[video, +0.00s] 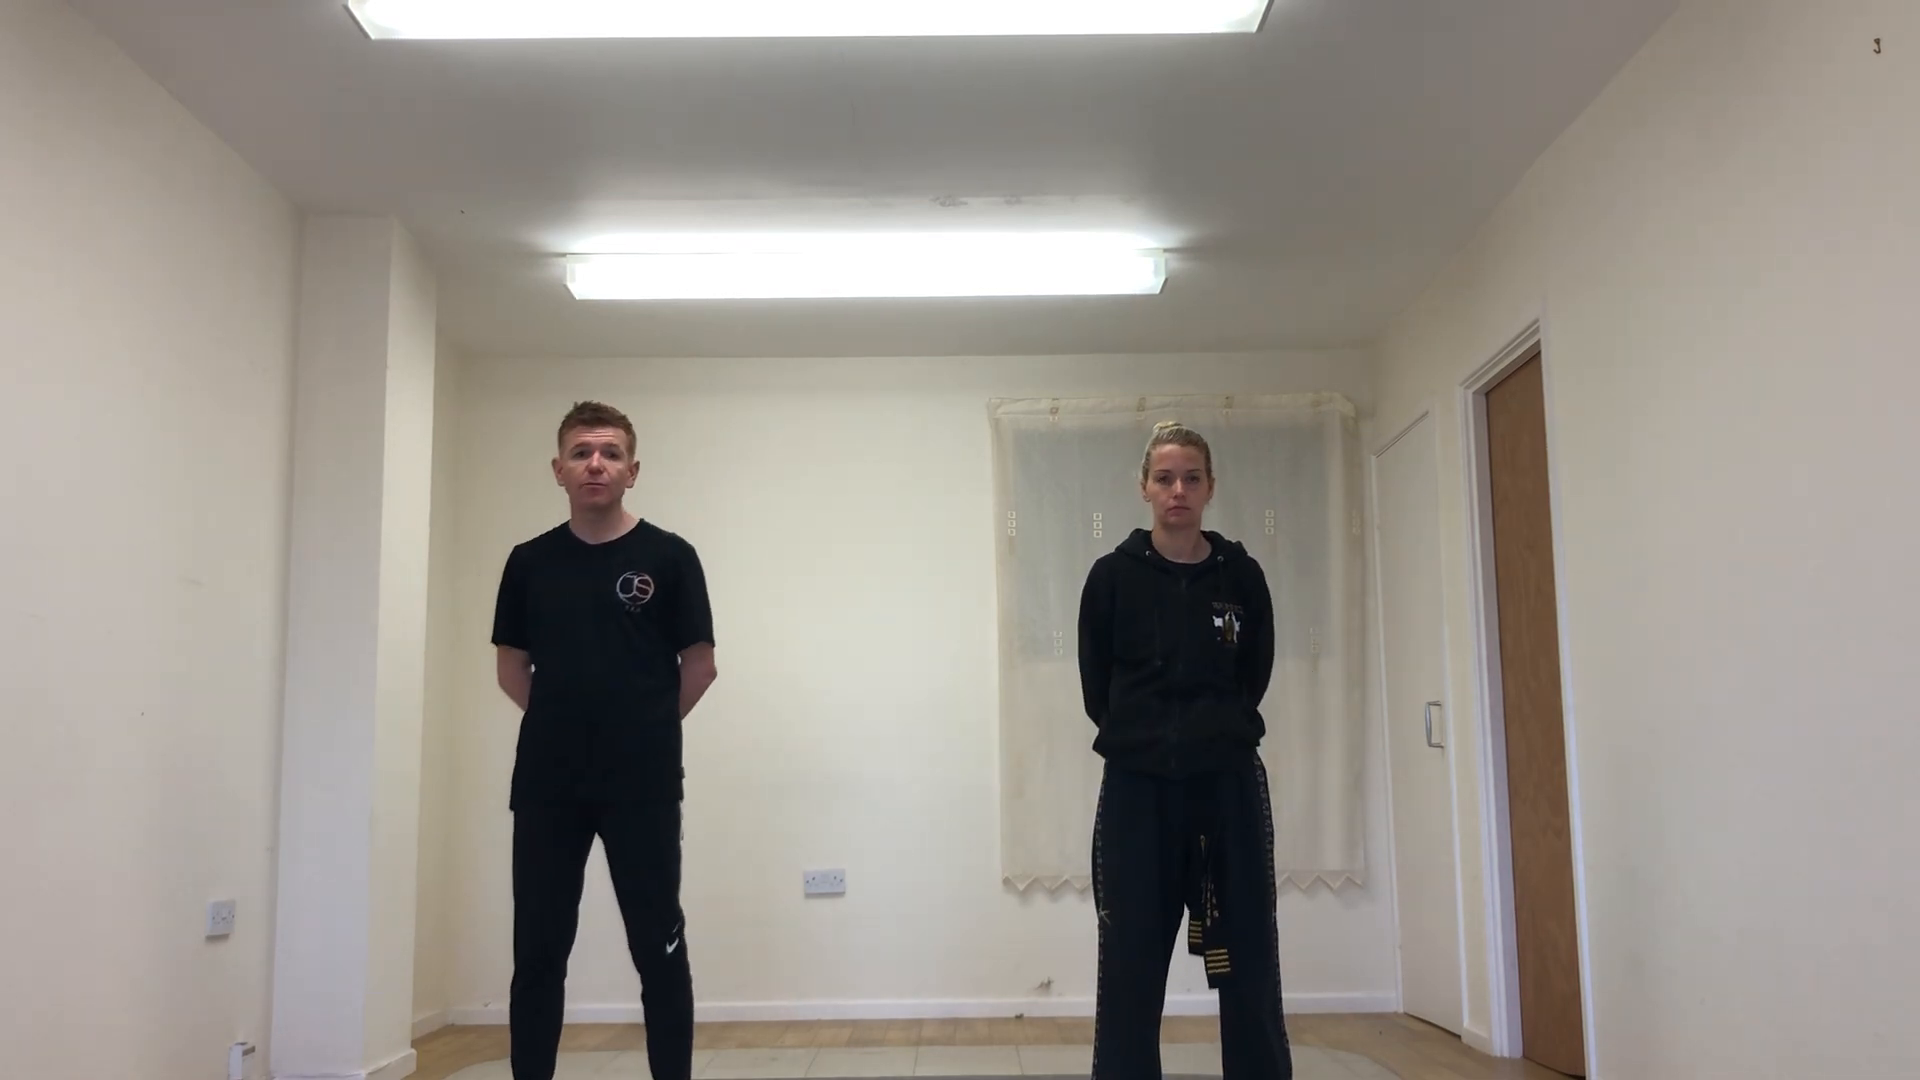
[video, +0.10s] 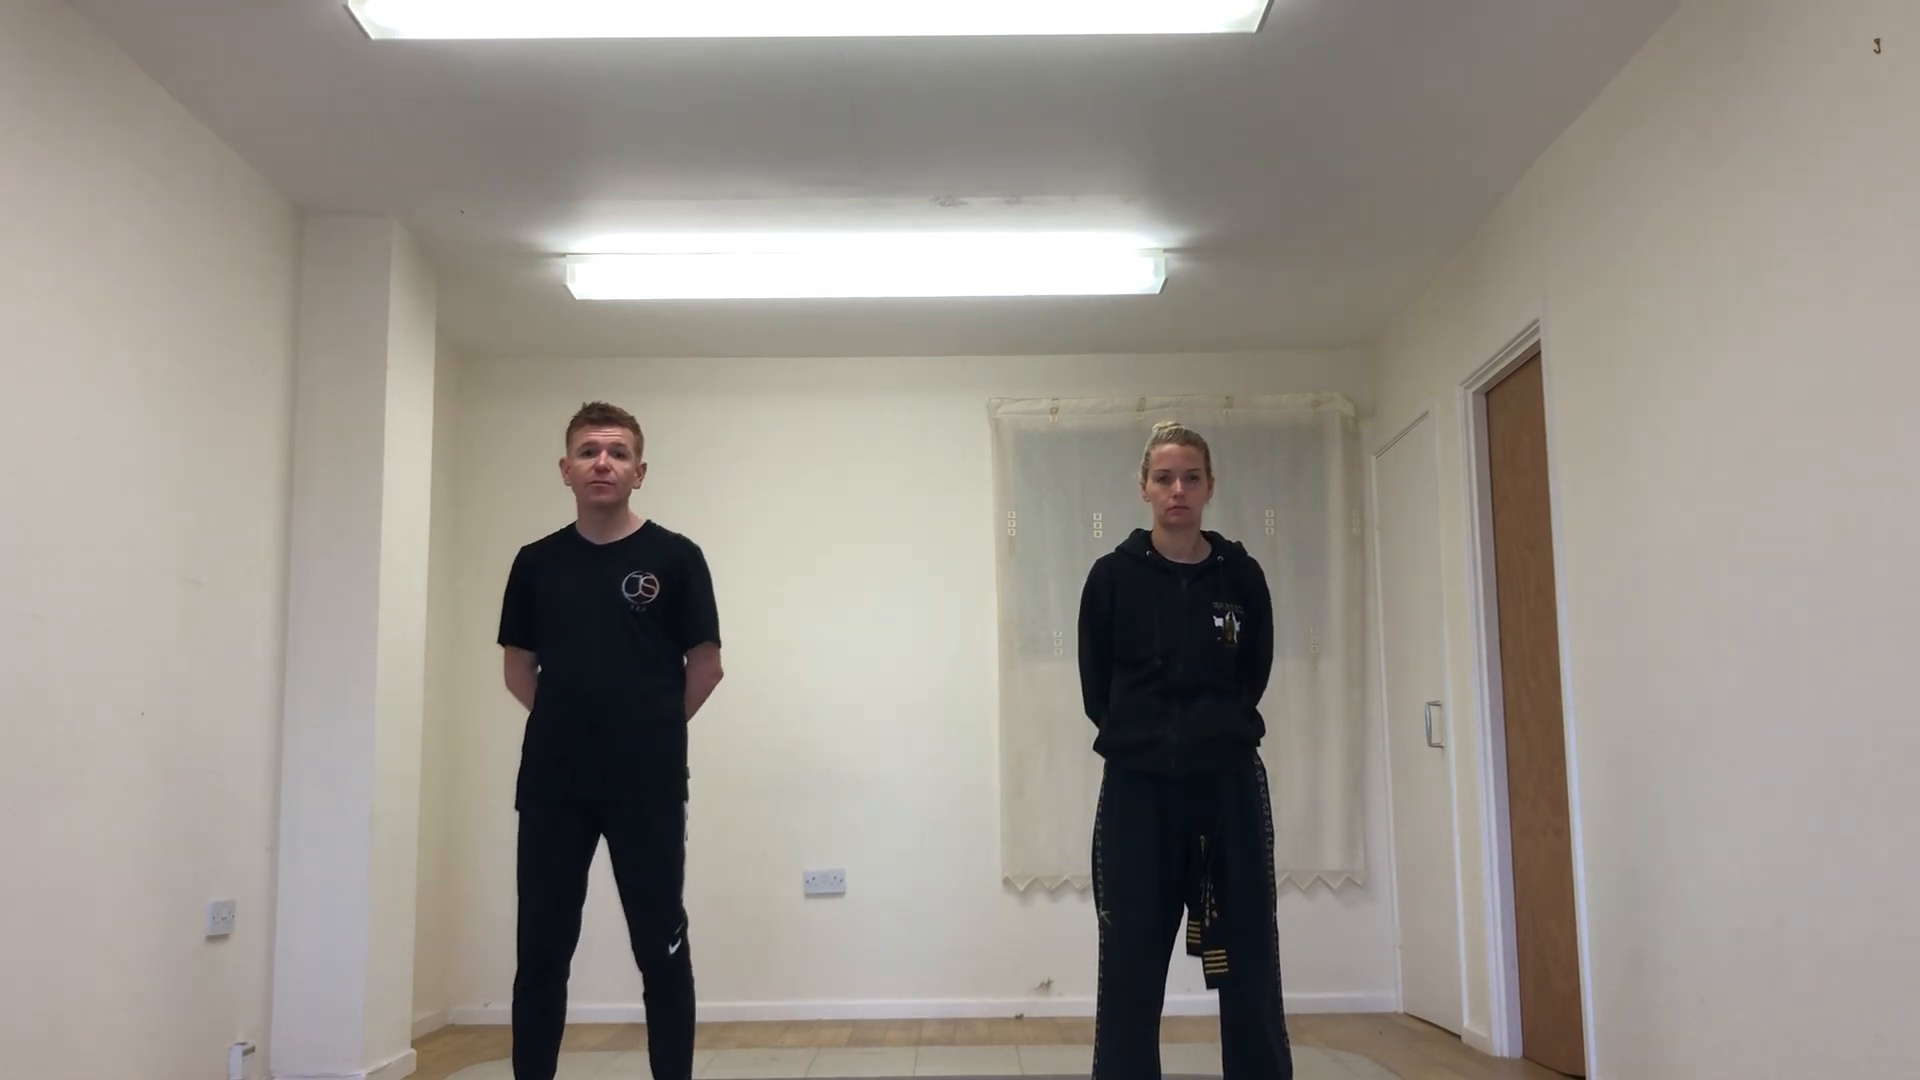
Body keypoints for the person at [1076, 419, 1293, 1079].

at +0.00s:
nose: (1178, 490)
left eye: (1191, 478)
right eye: (1164, 479)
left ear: (1209, 488)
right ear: (1146, 490)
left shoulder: (1241, 571)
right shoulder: (1112, 574)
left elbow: (1257, 669)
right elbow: (1095, 679)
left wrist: (1218, 730)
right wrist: (1137, 737)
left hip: (1230, 780)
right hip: (1138, 781)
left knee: (1249, 960)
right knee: (1131, 964)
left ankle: (1260, 1075)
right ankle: (1125, 1077)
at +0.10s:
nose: (1178, 490)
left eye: (1191, 478)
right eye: (1164, 479)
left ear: (1209, 488)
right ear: (1145, 490)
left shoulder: (1241, 571)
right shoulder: (1112, 573)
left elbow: (1256, 669)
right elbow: (1094, 679)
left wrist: (1217, 729)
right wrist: (1137, 738)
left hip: (1230, 779)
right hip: (1138, 781)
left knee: (1249, 958)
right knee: (1131, 962)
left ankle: (1260, 1076)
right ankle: (1125, 1077)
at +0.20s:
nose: (1176, 489)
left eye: (1189, 477)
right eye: (1163, 478)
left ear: (1208, 488)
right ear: (1145, 490)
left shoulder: (1241, 571)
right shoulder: (1111, 573)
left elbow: (1256, 668)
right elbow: (1094, 680)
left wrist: (1217, 730)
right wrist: (1137, 738)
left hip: (1230, 780)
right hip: (1138, 780)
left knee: (1249, 959)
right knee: (1130, 962)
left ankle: (1260, 1076)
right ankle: (1124, 1077)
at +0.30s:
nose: (1176, 488)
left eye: (1189, 476)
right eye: (1162, 478)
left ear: (1207, 487)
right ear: (1144, 489)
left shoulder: (1240, 570)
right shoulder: (1111, 573)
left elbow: (1255, 668)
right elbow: (1093, 680)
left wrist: (1217, 730)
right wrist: (1136, 739)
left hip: (1229, 779)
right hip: (1138, 780)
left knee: (1249, 959)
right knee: (1130, 963)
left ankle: (1260, 1077)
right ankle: (1124, 1078)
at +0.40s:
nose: (1176, 488)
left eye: (1188, 476)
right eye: (1162, 478)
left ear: (1206, 486)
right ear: (1143, 489)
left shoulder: (1240, 570)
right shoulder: (1111, 574)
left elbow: (1255, 669)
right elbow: (1093, 680)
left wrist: (1216, 730)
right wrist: (1136, 739)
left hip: (1229, 779)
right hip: (1138, 781)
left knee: (1248, 959)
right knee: (1130, 963)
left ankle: (1261, 1077)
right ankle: (1124, 1078)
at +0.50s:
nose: (1175, 488)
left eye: (1188, 476)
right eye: (1161, 477)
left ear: (1206, 486)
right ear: (1143, 488)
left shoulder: (1239, 570)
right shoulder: (1110, 574)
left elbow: (1255, 668)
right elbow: (1094, 681)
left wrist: (1216, 730)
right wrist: (1137, 740)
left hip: (1229, 780)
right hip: (1138, 782)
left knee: (1249, 961)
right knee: (1130, 966)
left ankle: (1261, 1077)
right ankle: (1124, 1079)